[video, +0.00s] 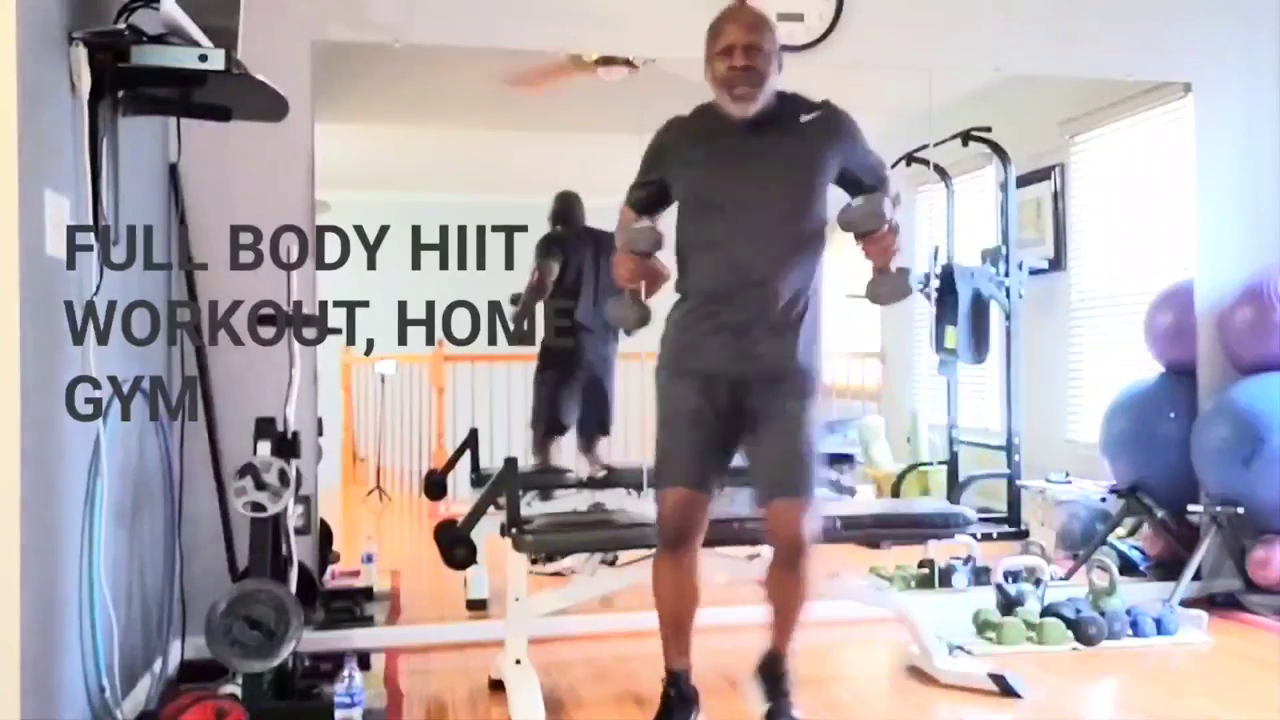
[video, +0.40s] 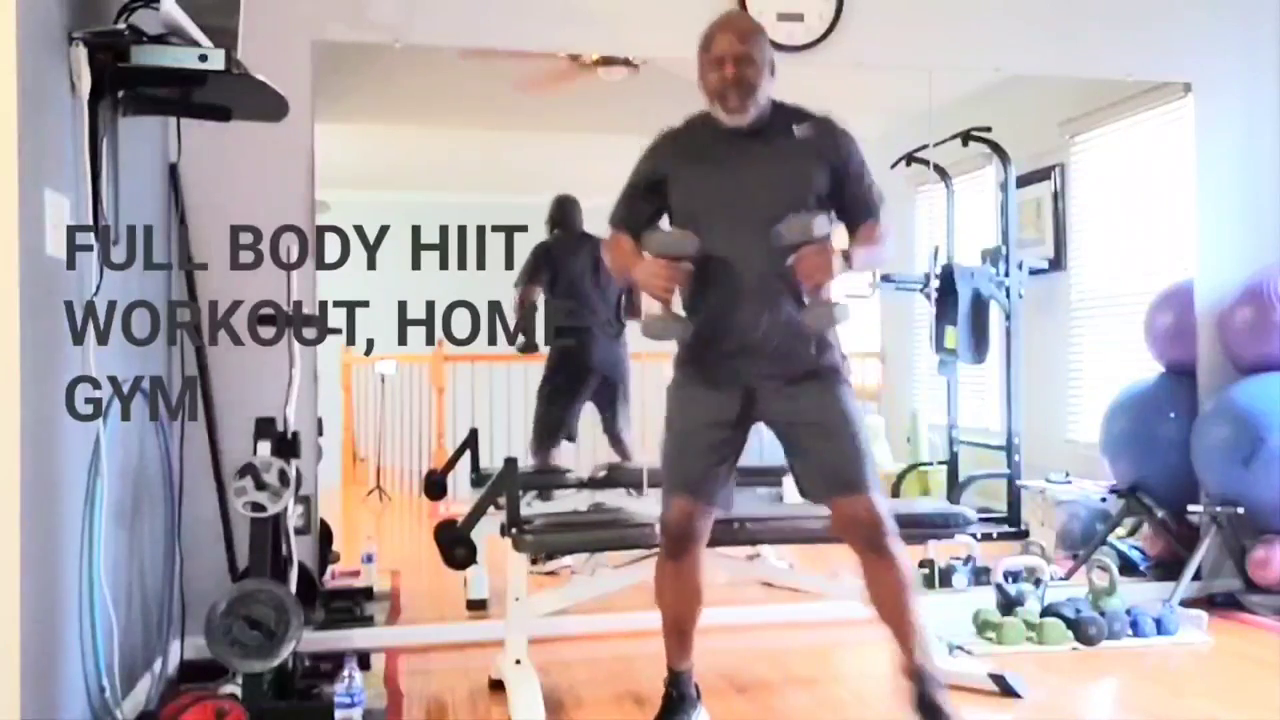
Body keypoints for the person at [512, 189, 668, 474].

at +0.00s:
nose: (554, 221)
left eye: (555, 215)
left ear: (555, 215)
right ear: (582, 213)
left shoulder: (553, 241)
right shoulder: (607, 240)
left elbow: (545, 280)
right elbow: (625, 281)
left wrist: (523, 309)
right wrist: (633, 304)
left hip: (563, 340)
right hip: (600, 339)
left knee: (549, 401)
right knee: (595, 402)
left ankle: (543, 460)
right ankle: (594, 462)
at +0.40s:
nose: (550, 224)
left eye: (550, 219)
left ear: (552, 220)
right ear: (581, 218)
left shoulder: (547, 250)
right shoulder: (608, 248)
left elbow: (527, 297)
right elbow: (634, 307)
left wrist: (528, 335)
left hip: (572, 348)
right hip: (612, 348)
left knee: (546, 431)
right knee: (617, 426)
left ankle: (545, 491)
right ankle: (636, 477)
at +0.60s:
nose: (572, 269)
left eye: (572, 265)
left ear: (571, 266)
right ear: (598, 266)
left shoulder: (566, 299)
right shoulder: (626, 299)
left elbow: (551, 352)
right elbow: (638, 348)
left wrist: (547, 369)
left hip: (587, 397)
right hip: (631, 396)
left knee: (536, 459)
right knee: (637, 462)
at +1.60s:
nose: (589, 274)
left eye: (590, 271)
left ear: (590, 275)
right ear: (616, 274)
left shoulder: (582, 307)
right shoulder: (648, 306)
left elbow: (562, 365)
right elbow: (662, 364)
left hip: (602, 397)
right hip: (648, 399)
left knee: (540, 454)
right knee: (666, 462)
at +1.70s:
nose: (570, 273)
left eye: (571, 270)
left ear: (573, 273)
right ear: (599, 272)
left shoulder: (563, 307)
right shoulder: (632, 303)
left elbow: (544, 362)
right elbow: (654, 355)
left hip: (588, 398)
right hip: (633, 397)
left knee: (535, 454)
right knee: (656, 459)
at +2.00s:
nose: (544, 230)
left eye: (543, 225)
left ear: (540, 226)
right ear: (568, 223)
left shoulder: (535, 254)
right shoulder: (593, 250)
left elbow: (509, 289)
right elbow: (632, 272)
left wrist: (510, 320)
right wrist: (627, 316)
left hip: (547, 350)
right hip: (586, 350)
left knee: (533, 428)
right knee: (584, 426)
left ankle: (529, 486)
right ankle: (587, 480)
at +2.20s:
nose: (540, 220)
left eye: (539, 215)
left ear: (537, 218)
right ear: (566, 217)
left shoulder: (525, 251)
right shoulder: (591, 251)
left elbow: (500, 297)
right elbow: (634, 288)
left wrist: (507, 319)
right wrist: (599, 306)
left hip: (535, 347)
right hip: (576, 350)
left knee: (523, 432)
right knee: (572, 431)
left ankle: (525, 497)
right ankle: (584, 487)